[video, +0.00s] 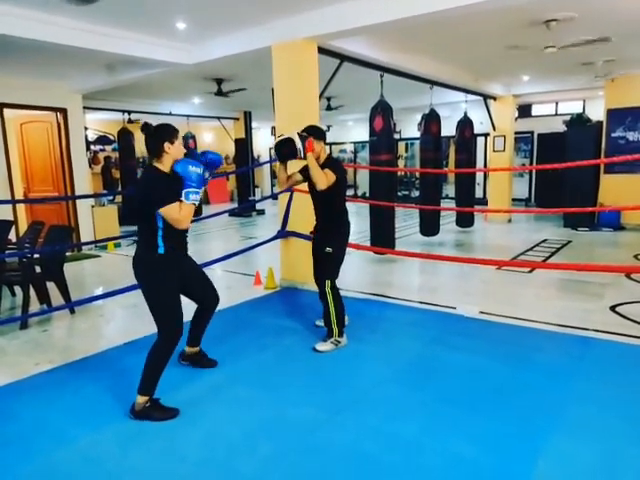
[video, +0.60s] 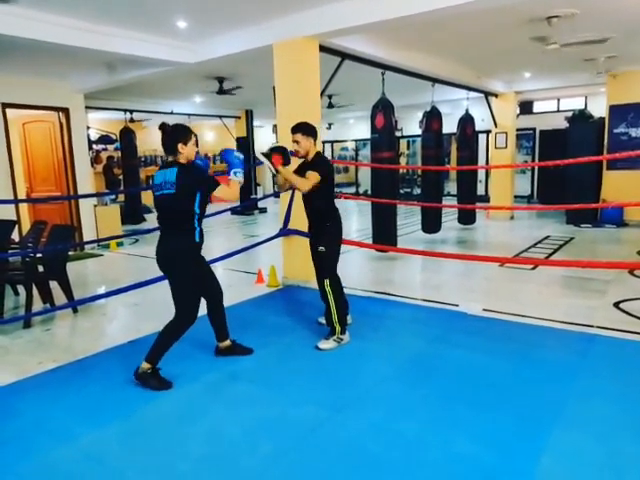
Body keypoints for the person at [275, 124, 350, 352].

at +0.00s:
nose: (307, 150)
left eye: (310, 145)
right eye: (305, 146)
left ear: (321, 144)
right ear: (307, 148)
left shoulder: (335, 166)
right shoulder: (311, 167)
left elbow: (321, 183)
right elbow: (285, 184)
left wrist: (310, 156)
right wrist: (282, 161)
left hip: (336, 228)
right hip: (321, 228)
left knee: (327, 280)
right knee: (321, 278)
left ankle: (336, 335)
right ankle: (335, 317)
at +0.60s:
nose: (294, 147)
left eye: (297, 142)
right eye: (293, 143)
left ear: (311, 141)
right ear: (304, 143)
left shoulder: (321, 163)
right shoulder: (305, 164)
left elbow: (304, 186)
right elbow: (283, 186)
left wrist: (280, 167)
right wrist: (278, 169)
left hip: (328, 227)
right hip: (316, 226)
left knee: (327, 278)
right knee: (325, 275)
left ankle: (339, 332)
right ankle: (339, 313)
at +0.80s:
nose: (287, 147)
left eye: (290, 142)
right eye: (286, 143)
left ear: (303, 141)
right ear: (300, 143)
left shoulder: (305, 161)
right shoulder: (305, 164)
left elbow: (269, 159)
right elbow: (288, 195)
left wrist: (236, 157)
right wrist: (281, 175)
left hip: (317, 223)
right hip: (318, 221)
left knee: (301, 273)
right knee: (325, 269)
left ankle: (325, 324)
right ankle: (342, 312)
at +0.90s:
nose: (278, 148)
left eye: (281, 143)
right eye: (278, 144)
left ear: (294, 143)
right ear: (290, 144)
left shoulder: (298, 163)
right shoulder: (295, 166)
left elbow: (263, 159)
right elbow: (280, 198)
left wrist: (231, 158)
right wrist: (274, 179)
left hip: (309, 227)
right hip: (314, 225)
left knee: (287, 272)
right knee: (323, 270)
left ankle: (296, 325)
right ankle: (342, 313)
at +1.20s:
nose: (246, 152)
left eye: (249, 147)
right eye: (245, 148)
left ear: (263, 146)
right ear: (249, 150)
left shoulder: (267, 167)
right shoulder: (260, 168)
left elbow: (238, 160)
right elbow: (245, 202)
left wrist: (212, 156)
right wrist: (238, 181)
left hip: (274, 229)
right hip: (274, 227)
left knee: (252, 278)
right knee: (272, 274)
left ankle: (256, 329)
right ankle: (315, 296)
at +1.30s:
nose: (236, 149)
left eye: (241, 144)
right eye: (235, 144)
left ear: (254, 143)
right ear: (237, 145)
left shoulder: (258, 164)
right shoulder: (250, 167)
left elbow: (231, 156)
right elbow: (233, 198)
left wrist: (207, 150)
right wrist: (230, 178)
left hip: (263, 224)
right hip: (263, 222)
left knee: (248, 278)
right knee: (255, 273)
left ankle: (257, 329)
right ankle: (286, 300)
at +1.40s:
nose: (227, 147)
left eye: (231, 142)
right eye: (226, 142)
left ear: (245, 140)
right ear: (230, 143)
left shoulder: (250, 161)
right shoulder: (238, 165)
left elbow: (223, 152)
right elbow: (226, 197)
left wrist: (195, 146)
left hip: (258, 224)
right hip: (246, 222)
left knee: (248, 275)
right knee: (234, 269)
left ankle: (258, 327)